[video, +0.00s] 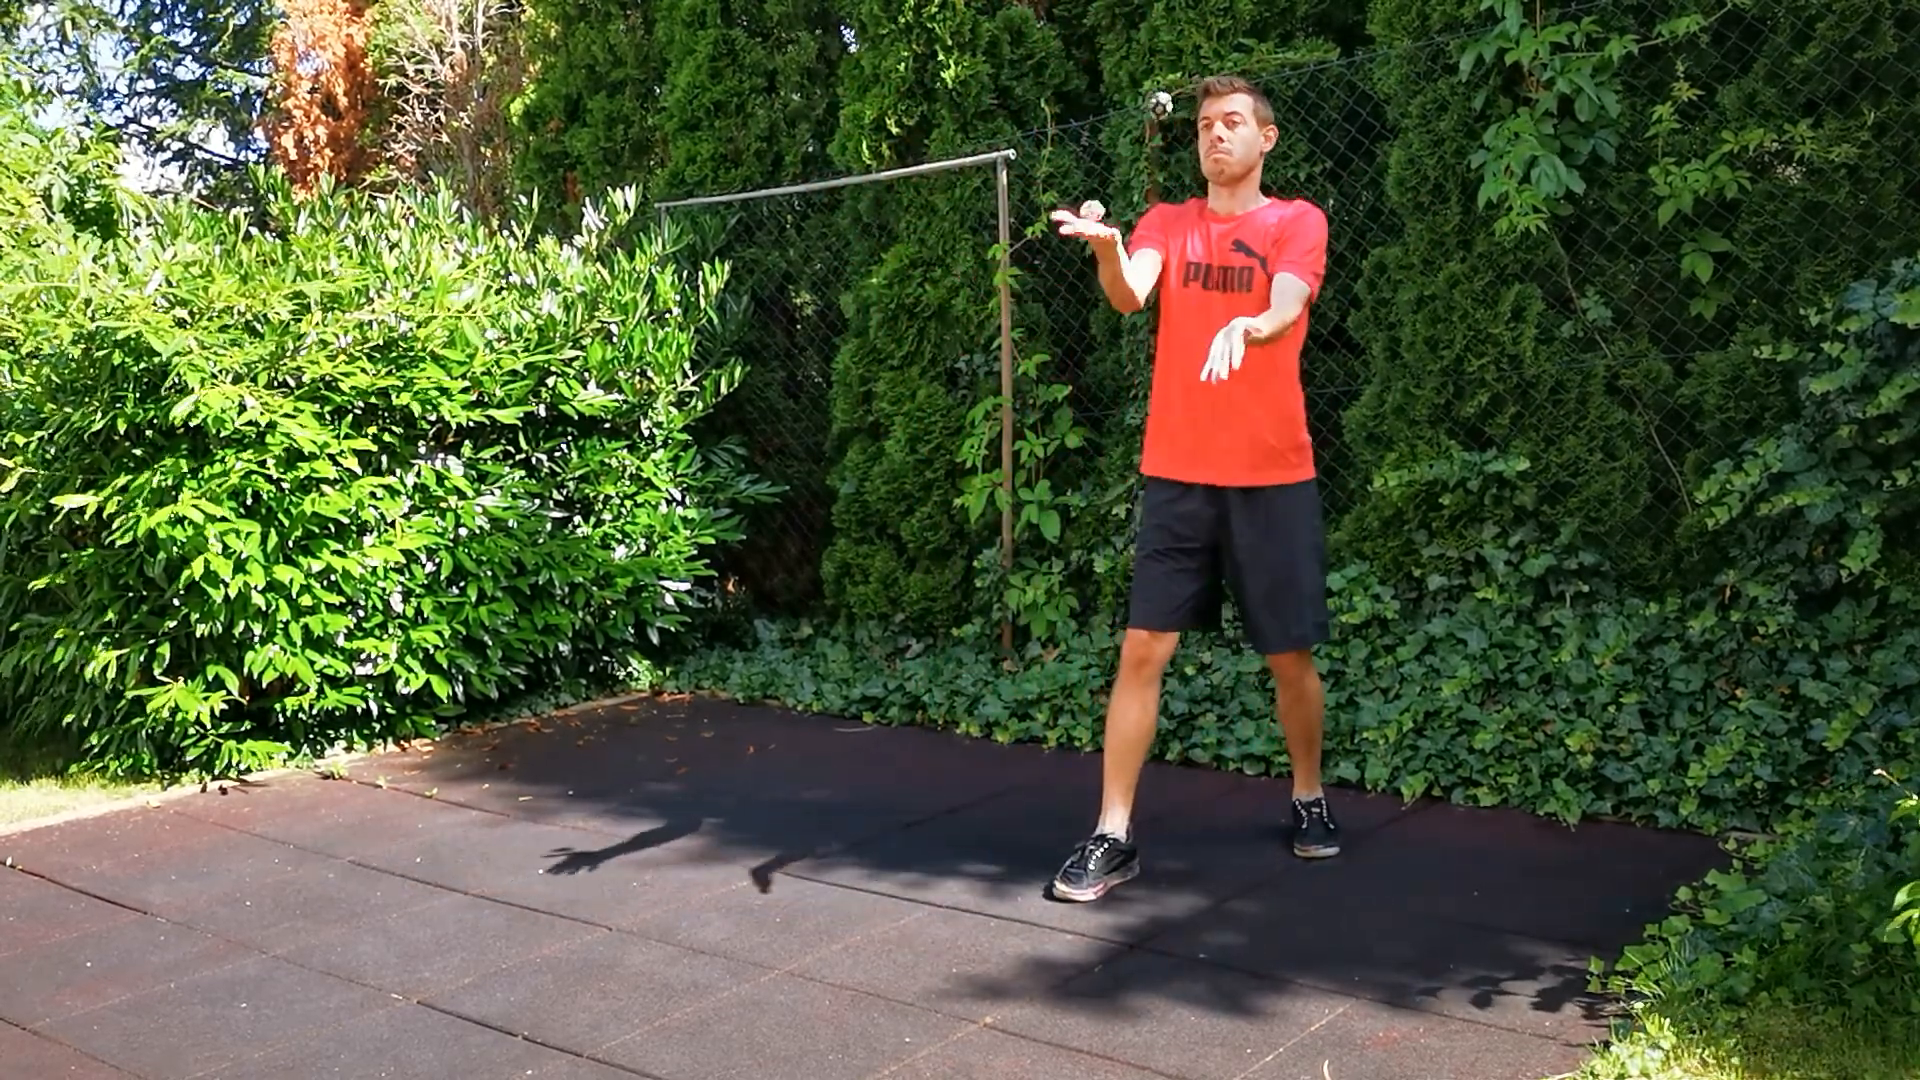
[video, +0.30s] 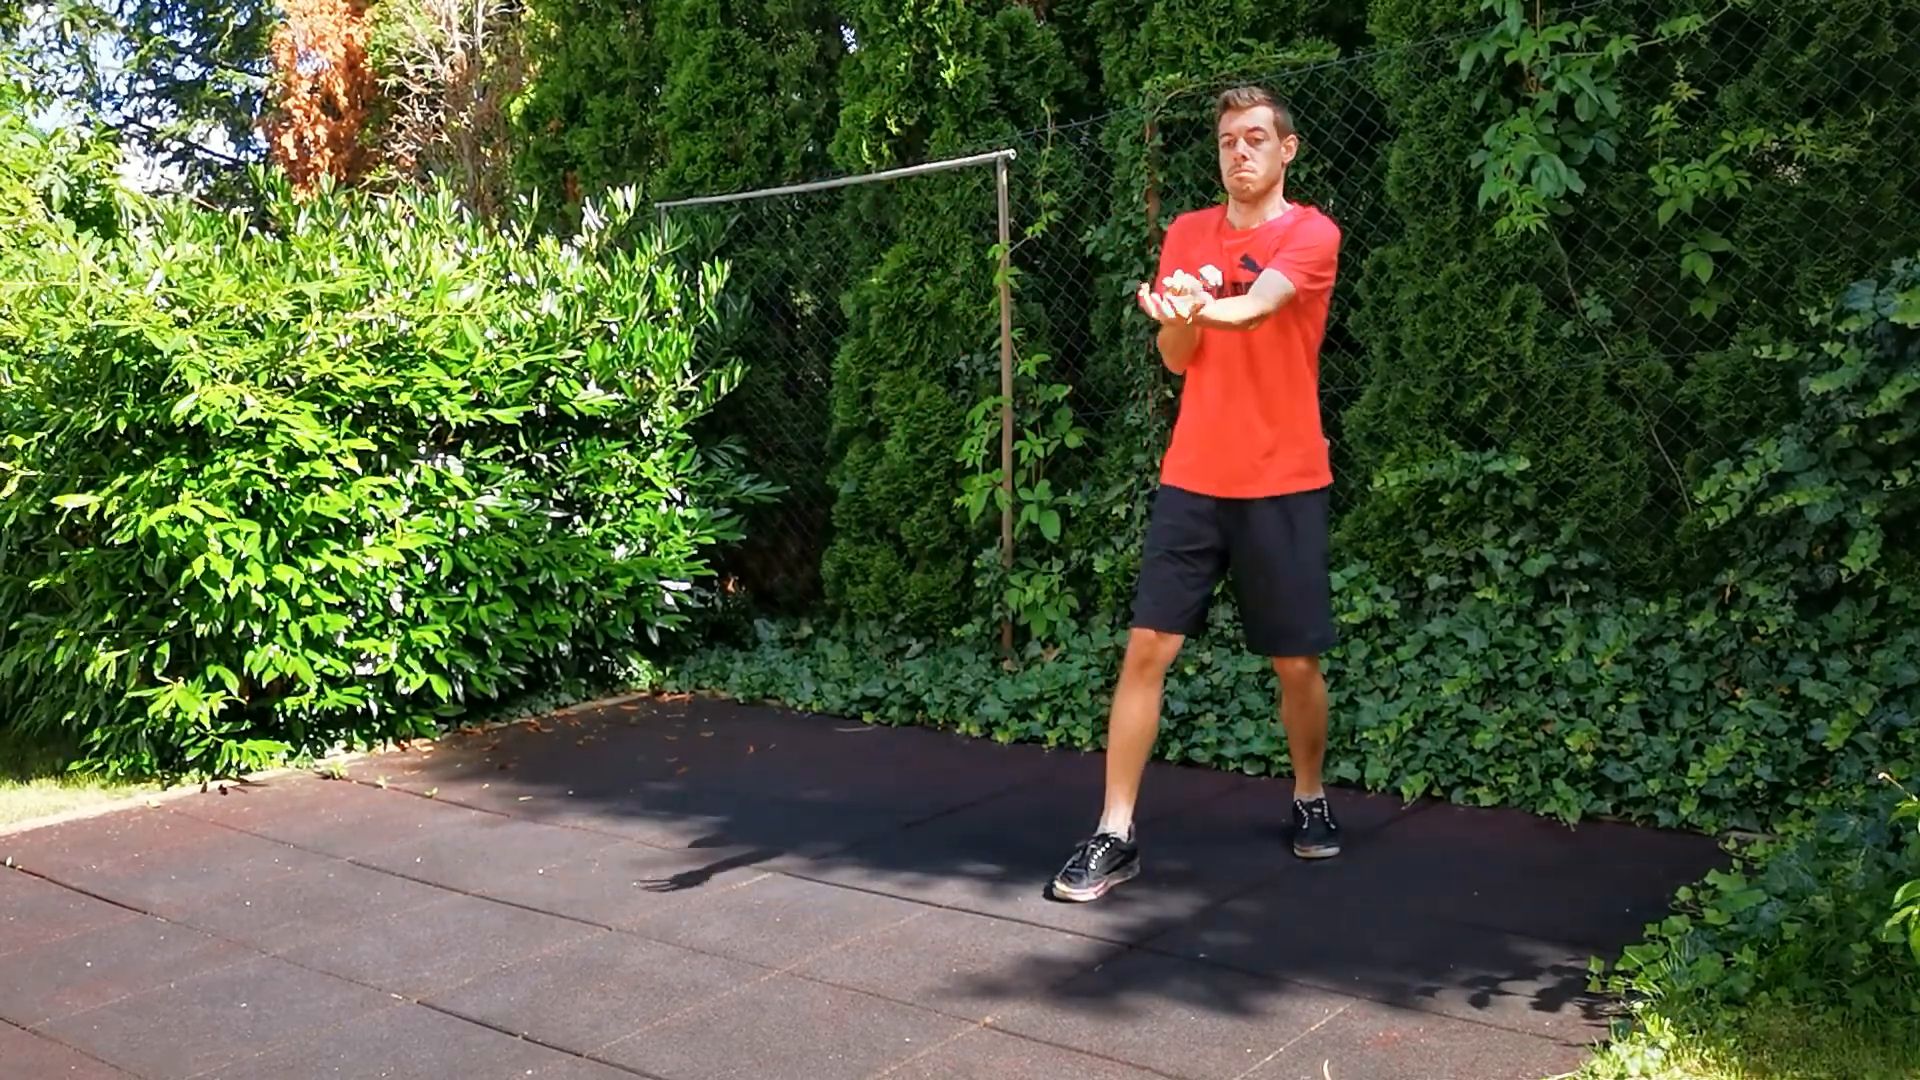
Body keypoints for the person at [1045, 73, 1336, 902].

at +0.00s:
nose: (1219, 134)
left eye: (1234, 121)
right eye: (1209, 125)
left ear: (1268, 138)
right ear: (1195, 146)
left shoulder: (1300, 221)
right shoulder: (1164, 221)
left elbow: (1289, 301)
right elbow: (1127, 298)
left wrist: (1250, 327)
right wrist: (1107, 246)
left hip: (1272, 475)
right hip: (1176, 471)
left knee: (1289, 652)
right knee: (1142, 648)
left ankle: (1309, 800)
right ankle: (1110, 833)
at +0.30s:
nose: (1242, 151)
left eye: (1256, 138)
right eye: (1230, 140)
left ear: (1288, 149)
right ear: (1216, 155)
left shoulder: (1314, 230)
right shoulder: (1189, 233)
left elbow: (1258, 302)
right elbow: (1177, 358)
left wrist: (1193, 310)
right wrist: (1178, 311)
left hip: (1284, 479)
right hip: (1192, 475)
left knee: (1295, 660)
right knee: (1147, 647)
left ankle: (1310, 803)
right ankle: (1114, 833)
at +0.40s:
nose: (1243, 162)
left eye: (1258, 148)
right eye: (1231, 150)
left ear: (1290, 156)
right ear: (1219, 160)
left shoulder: (1316, 246)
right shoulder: (1190, 241)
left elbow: (1290, 367)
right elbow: (1172, 355)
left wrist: (1280, 337)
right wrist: (1144, 372)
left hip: (1282, 492)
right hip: (1192, 483)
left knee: (1291, 672)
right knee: (1144, 650)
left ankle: (1309, 801)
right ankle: (1112, 833)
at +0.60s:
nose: (1264, 176)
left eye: (1278, 161)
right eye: (1252, 162)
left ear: (1309, 161)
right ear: (1235, 166)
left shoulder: (1339, 255)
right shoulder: (1194, 242)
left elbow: (1369, 366)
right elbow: (1139, 345)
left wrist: (1396, 380)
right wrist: (1063, 371)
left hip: (1291, 499)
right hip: (1193, 489)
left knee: (1300, 670)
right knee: (1143, 646)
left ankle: (1309, 801)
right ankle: (1111, 833)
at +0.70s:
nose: (1266, 180)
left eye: (1282, 164)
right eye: (1254, 164)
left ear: (1308, 159)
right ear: (1234, 159)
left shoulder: (1345, 248)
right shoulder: (1190, 237)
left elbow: (1400, 350)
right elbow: (1096, 308)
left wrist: (1452, 363)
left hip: (1294, 500)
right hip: (1195, 490)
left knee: (1303, 673)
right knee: (1144, 646)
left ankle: (1310, 804)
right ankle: (1108, 830)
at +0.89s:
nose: (1296, 204)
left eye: (1303, 189)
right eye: (1282, 188)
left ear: (1305, 183)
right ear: (1234, 178)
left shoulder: (1324, 262)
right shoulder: (1173, 244)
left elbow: (1364, 376)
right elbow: (1064, 289)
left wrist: (1406, 481)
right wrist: (1129, 219)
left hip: (1305, 508)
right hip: (1196, 504)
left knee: (1367, 668)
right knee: (1136, 658)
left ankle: (1338, 777)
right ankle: (1094, 827)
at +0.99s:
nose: (1337, 230)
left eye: (1343, 214)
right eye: (1324, 214)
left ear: (1339, 208)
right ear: (1274, 203)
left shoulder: (1349, 288)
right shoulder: (1194, 258)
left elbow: (1382, 401)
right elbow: (1070, 298)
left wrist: (1428, 513)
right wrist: (1122, 295)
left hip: (1318, 510)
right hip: (1208, 511)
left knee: (1416, 654)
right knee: (1134, 657)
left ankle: (1421, 788)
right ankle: (1094, 827)